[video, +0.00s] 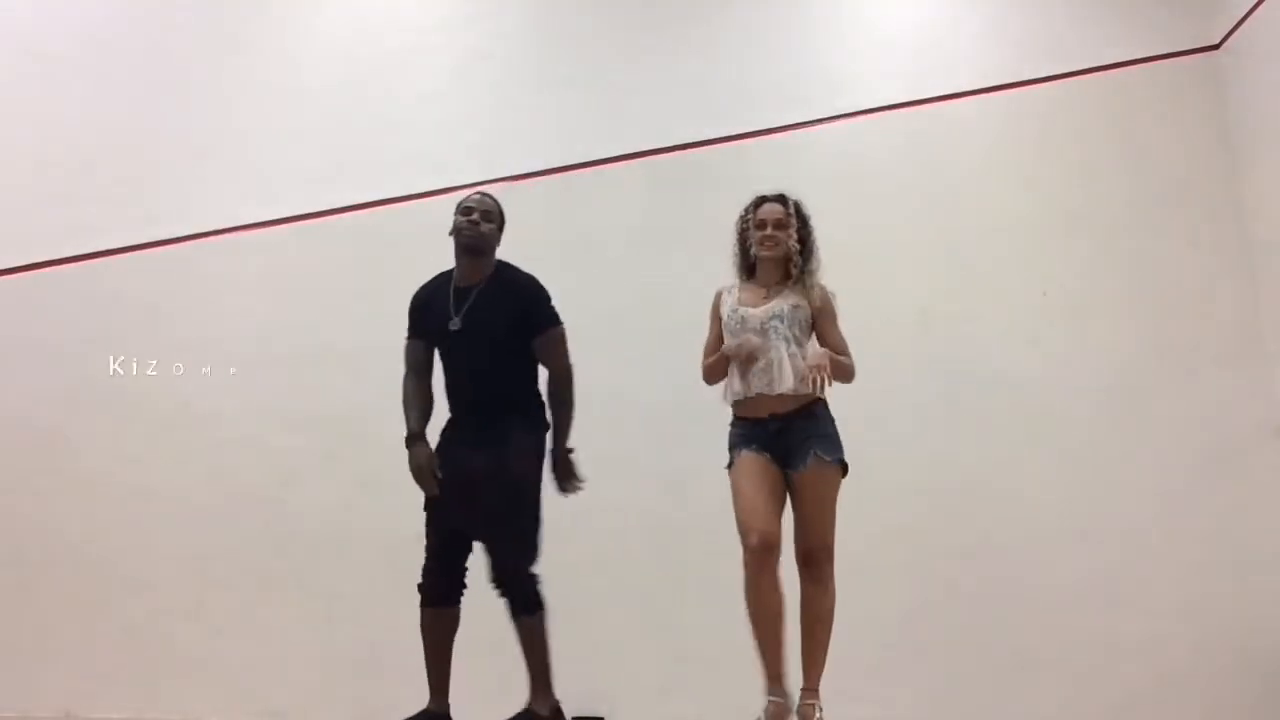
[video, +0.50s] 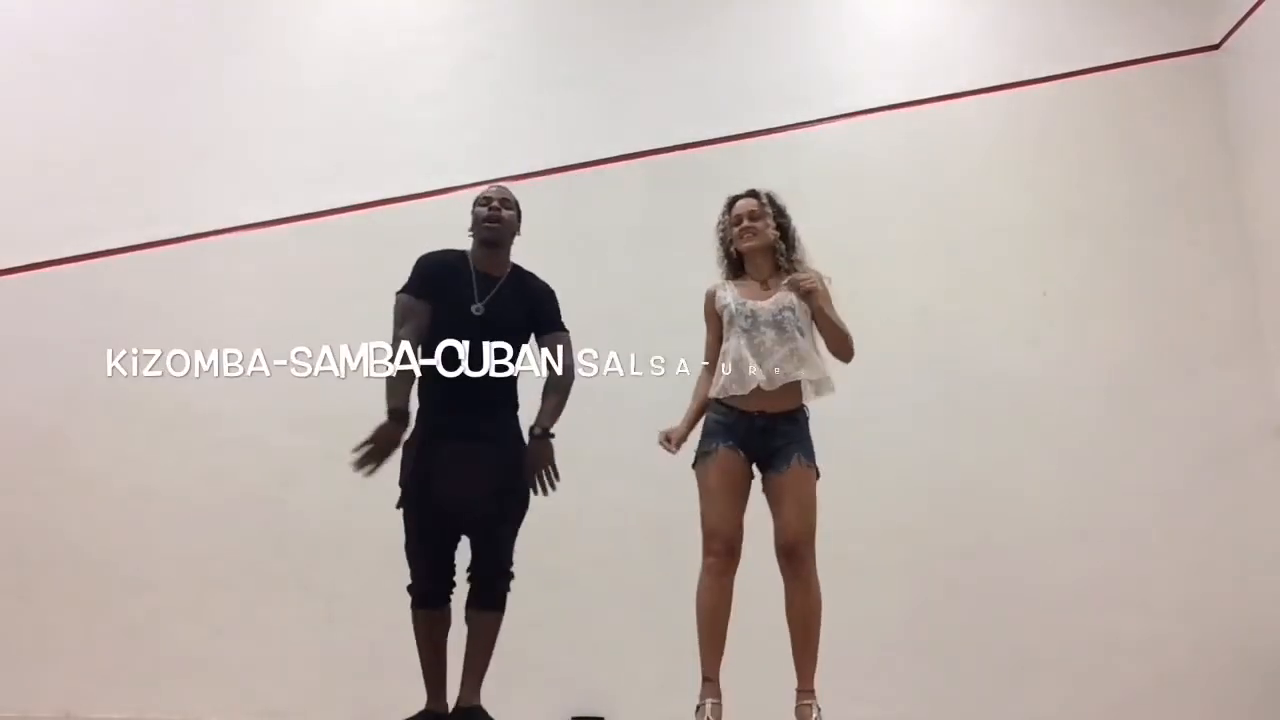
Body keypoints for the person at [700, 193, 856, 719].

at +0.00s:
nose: (770, 233)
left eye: (780, 226)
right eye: (761, 226)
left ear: (797, 236)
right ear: (747, 236)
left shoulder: (814, 296)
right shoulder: (727, 299)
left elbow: (847, 371)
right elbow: (709, 374)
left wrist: (824, 358)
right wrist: (734, 352)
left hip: (810, 428)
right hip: (751, 433)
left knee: (815, 559)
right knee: (759, 546)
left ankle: (811, 694)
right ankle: (775, 691)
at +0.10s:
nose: (773, 231)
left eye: (783, 223)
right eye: (763, 224)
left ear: (799, 235)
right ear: (750, 236)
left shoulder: (816, 295)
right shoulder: (731, 299)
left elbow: (841, 374)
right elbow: (712, 367)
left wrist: (819, 353)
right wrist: (724, 374)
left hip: (810, 428)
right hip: (752, 432)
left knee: (816, 559)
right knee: (758, 543)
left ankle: (813, 694)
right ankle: (774, 688)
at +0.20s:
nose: (768, 226)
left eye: (777, 218)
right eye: (758, 220)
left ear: (796, 229)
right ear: (747, 234)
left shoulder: (820, 289)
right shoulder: (732, 296)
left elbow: (829, 368)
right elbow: (721, 364)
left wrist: (810, 341)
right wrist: (715, 391)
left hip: (809, 427)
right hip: (749, 428)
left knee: (814, 558)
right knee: (740, 535)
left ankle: (811, 694)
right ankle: (745, 678)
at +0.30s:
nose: (762, 221)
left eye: (771, 212)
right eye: (752, 216)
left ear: (791, 223)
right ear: (742, 233)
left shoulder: (820, 282)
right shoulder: (731, 295)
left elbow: (835, 355)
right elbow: (724, 366)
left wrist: (807, 320)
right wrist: (705, 408)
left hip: (803, 424)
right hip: (743, 423)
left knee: (808, 554)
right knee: (728, 536)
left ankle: (810, 695)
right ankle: (719, 681)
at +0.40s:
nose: (755, 220)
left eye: (764, 213)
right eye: (745, 217)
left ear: (785, 224)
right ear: (736, 234)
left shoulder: (816, 280)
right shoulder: (727, 295)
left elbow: (844, 347)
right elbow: (720, 368)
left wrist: (808, 307)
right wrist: (696, 419)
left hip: (795, 425)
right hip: (733, 424)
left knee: (800, 555)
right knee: (724, 542)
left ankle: (807, 695)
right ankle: (708, 684)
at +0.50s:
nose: (746, 224)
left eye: (756, 216)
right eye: (737, 220)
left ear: (777, 227)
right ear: (730, 237)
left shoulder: (804, 283)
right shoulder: (720, 295)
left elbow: (844, 351)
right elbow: (710, 367)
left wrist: (818, 303)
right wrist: (684, 425)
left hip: (788, 429)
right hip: (725, 428)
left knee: (796, 553)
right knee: (720, 552)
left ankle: (806, 695)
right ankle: (709, 692)